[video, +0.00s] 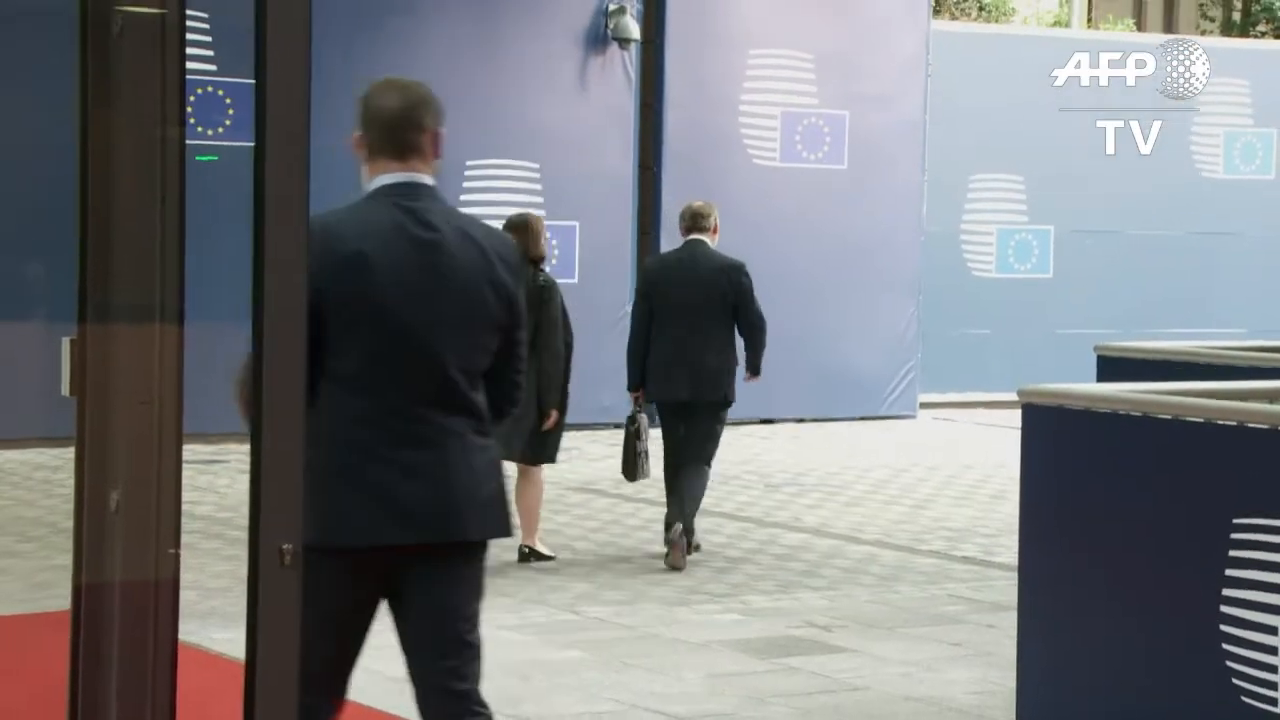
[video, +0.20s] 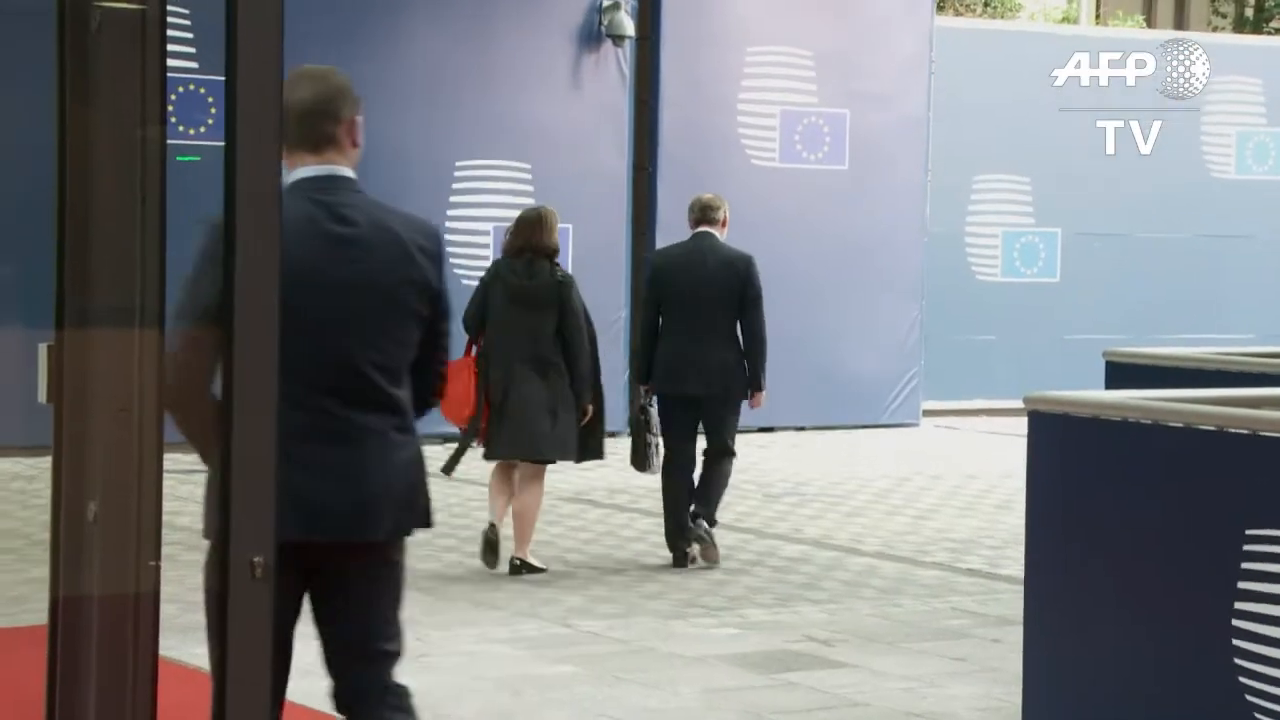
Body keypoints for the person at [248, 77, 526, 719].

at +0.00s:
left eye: (356, 139)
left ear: (358, 146)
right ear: (436, 143)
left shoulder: (319, 240)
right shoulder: (493, 254)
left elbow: (270, 379)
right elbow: (505, 393)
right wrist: (441, 439)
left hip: (339, 509)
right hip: (450, 511)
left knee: (306, 699)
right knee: (454, 698)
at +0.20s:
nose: (361, 135)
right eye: (360, 126)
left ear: (276, 137)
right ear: (352, 130)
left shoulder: (241, 231)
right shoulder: (414, 238)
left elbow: (182, 380)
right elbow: (427, 384)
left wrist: (234, 456)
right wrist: (362, 426)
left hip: (260, 498)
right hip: (371, 501)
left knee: (247, 698)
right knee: (371, 685)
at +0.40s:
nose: (296, 125)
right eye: (296, 116)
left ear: (212, 123)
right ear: (288, 119)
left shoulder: (170, 225)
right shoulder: (349, 231)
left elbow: (144, 354)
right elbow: (355, 371)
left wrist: (165, 429)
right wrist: (296, 420)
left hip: (197, 483)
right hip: (307, 483)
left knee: (211, 672)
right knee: (282, 659)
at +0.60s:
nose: (228, 134)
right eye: (228, 121)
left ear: (149, 134)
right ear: (228, 131)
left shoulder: (123, 228)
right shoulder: (289, 241)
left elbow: (101, 357)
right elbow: (290, 368)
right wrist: (247, 434)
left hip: (142, 486)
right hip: (249, 488)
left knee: (157, 677)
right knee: (202, 672)